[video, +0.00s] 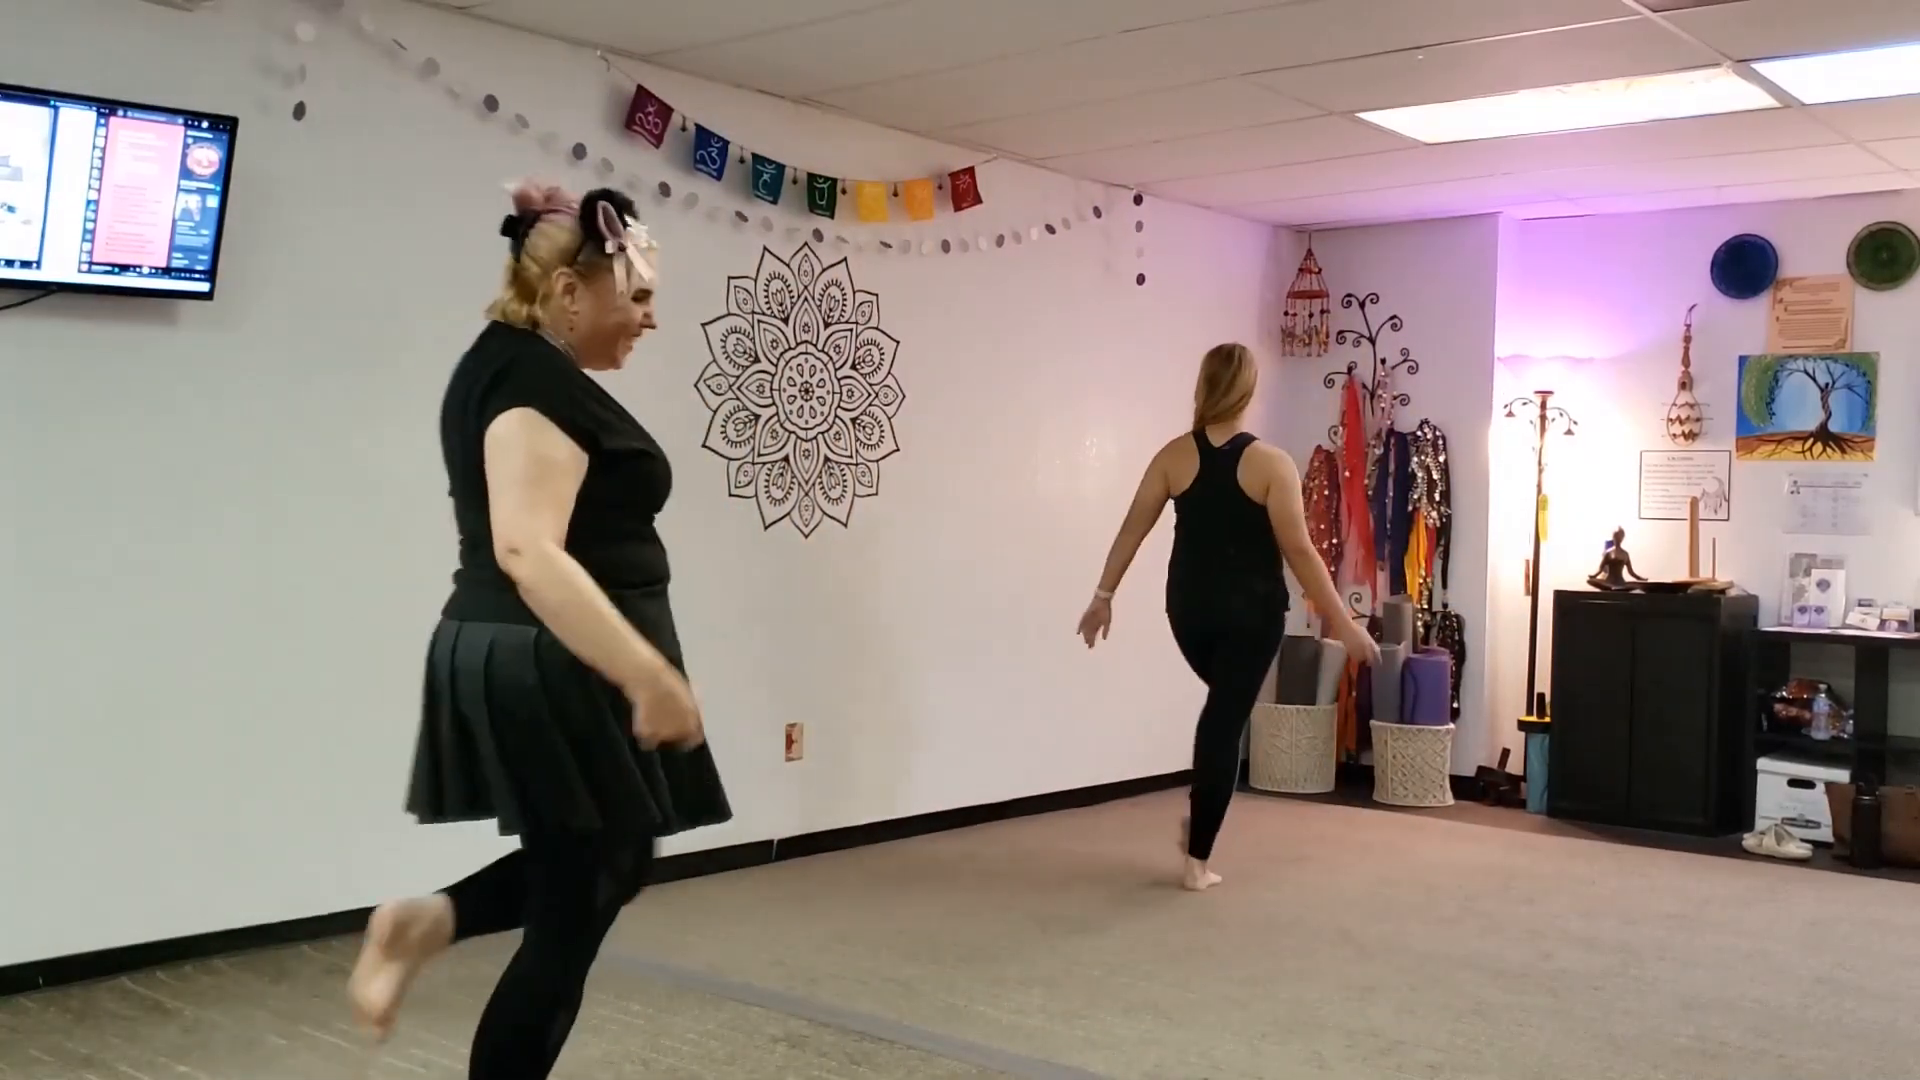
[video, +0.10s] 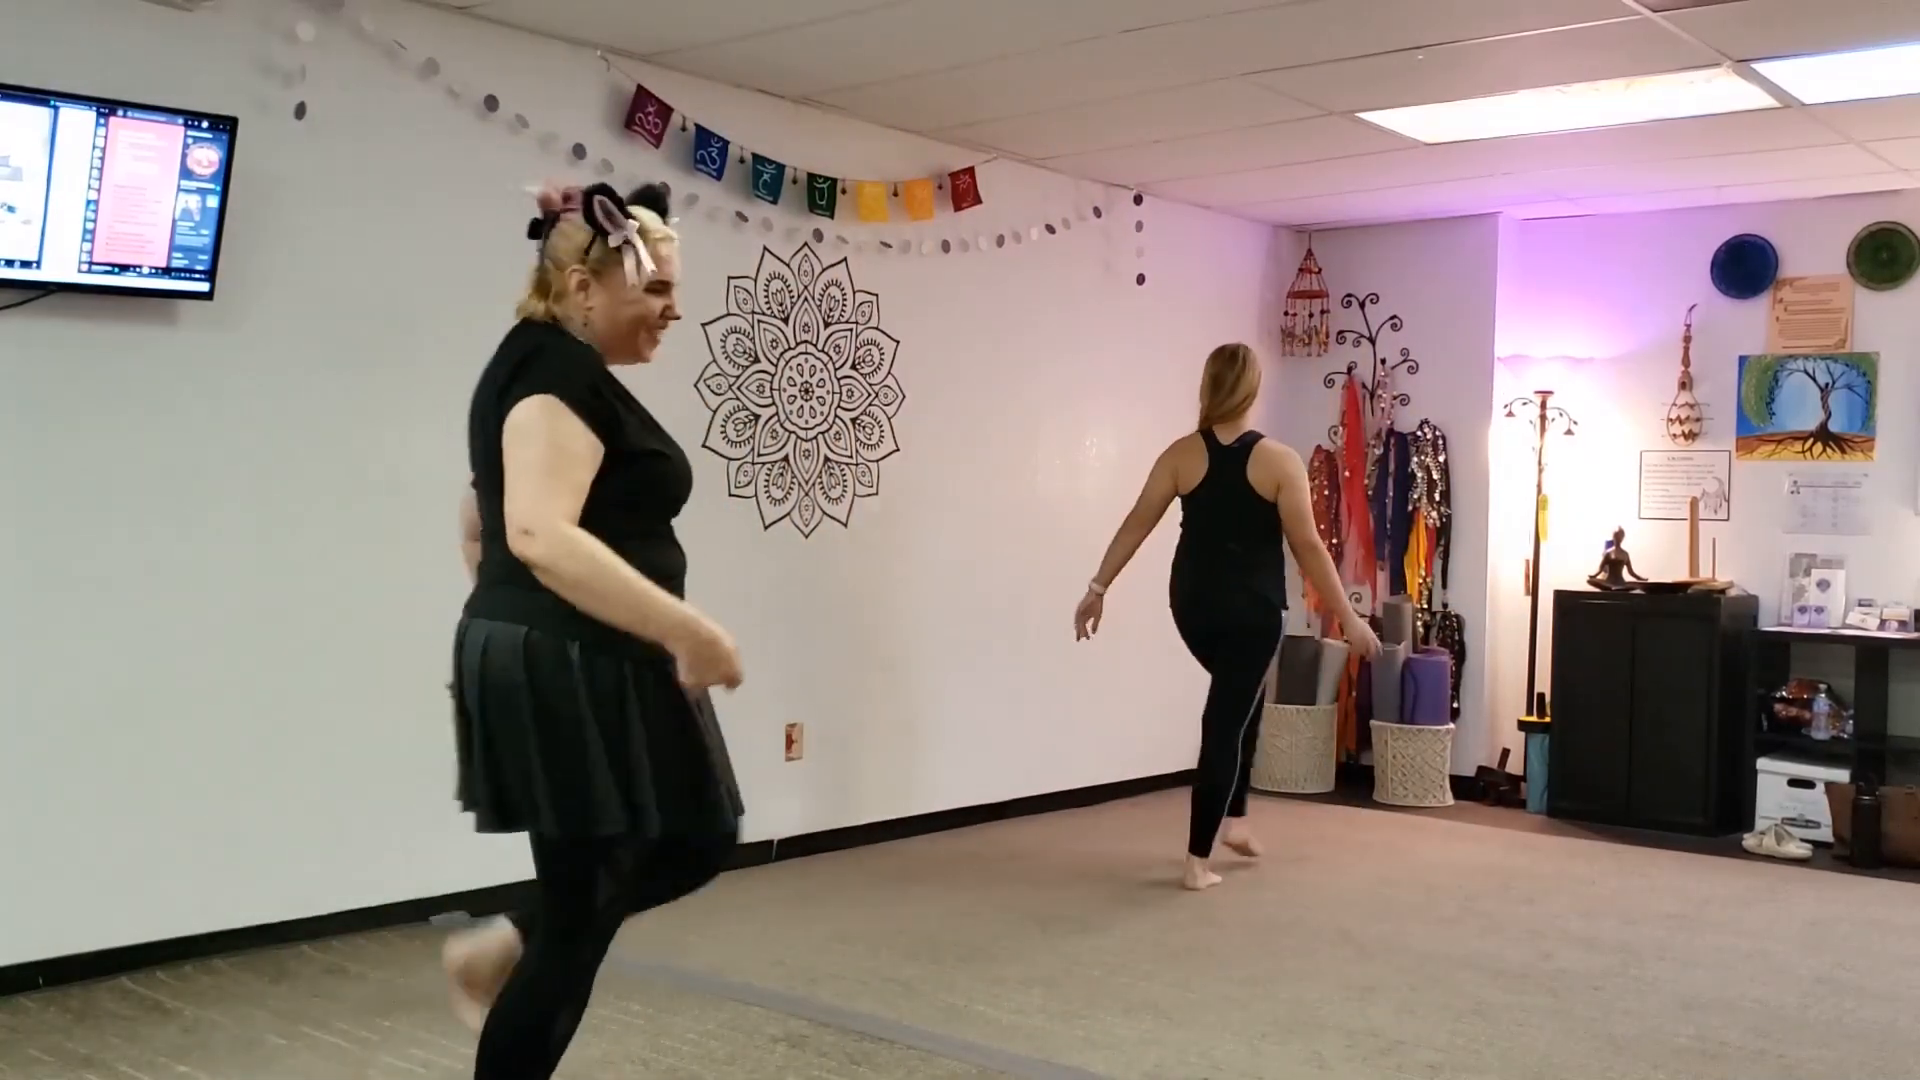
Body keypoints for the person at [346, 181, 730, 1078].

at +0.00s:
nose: (648, 318)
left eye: (650, 299)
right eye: (636, 296)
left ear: (566, 292)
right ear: (569, 290)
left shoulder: (507, 369)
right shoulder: (534, 384)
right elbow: (528, 550)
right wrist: (650, 675)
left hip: (504, 645)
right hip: (545, 661)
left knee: (615, 854)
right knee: (584, 889)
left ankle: (432, 921)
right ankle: (504, 1068)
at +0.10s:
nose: (671, 310)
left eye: (673, 291)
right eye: (655, 287)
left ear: (584, 286)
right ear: (584, 283)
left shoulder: (533, 364)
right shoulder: (555, 370)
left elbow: (482, 539)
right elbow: (540, 533)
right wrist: (686, 627)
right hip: (567, 659)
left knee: (696, 840)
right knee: (576, 914)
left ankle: (501, 953)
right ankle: (507, 1073)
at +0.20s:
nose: (693, 303)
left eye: (697, 284)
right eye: (677, 279)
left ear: (610, 281)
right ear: (608, 277)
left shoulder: (579, 362)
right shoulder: (575, 360)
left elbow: (490, 504)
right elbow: (558, 514)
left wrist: (540, 617)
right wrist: (713, 600)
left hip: (647, 656)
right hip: (592, 663)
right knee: (590, 913)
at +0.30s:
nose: (714, 303)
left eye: (720, 283)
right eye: (696, 278)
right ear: (628, 273)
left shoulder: (621, 367)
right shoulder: (589, 360)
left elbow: (516, 485)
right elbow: (573, 511)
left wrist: (577, 581)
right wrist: (731, 585)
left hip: (684, 658)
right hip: (613, 662)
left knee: (750, 861)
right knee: (598, 906)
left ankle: (733, 1073)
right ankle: (506, 1070)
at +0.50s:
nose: (767, 308)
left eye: (774, 291)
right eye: (751, 285)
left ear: (764, 295)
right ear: (684, 280)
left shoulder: (720, 393)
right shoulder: (637, 379)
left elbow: (733, 533)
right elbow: (612, 548)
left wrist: (793, 579)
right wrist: (753, 607)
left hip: (761, 684)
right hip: (680, 687)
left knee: (782, 917)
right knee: (631, 928)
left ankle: (807, 1075)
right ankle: (524, 1074)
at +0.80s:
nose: (856, 301)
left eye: (862, 285)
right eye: (838, 280)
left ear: (858, 292)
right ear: (772, 284)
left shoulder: (811, 390)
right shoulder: (735, 375)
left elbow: (821, 531)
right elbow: (682, 534)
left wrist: (881, 628)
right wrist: (767, 646)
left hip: (852, 675)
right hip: (782, 681)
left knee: (823, 914)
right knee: (758, 920)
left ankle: (821, 1079)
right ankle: (585, 1072)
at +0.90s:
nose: (886, 311)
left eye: (891, 294)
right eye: (866, 290)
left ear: (887, 298)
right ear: (799, 293)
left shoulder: (840, 398)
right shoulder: (758, 381)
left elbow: (837, 498)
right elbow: (704, 537)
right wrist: (757, 680)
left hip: (872, 685)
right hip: (804, 687)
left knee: (839, 921)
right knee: (805, 929)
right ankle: (617, 1064)